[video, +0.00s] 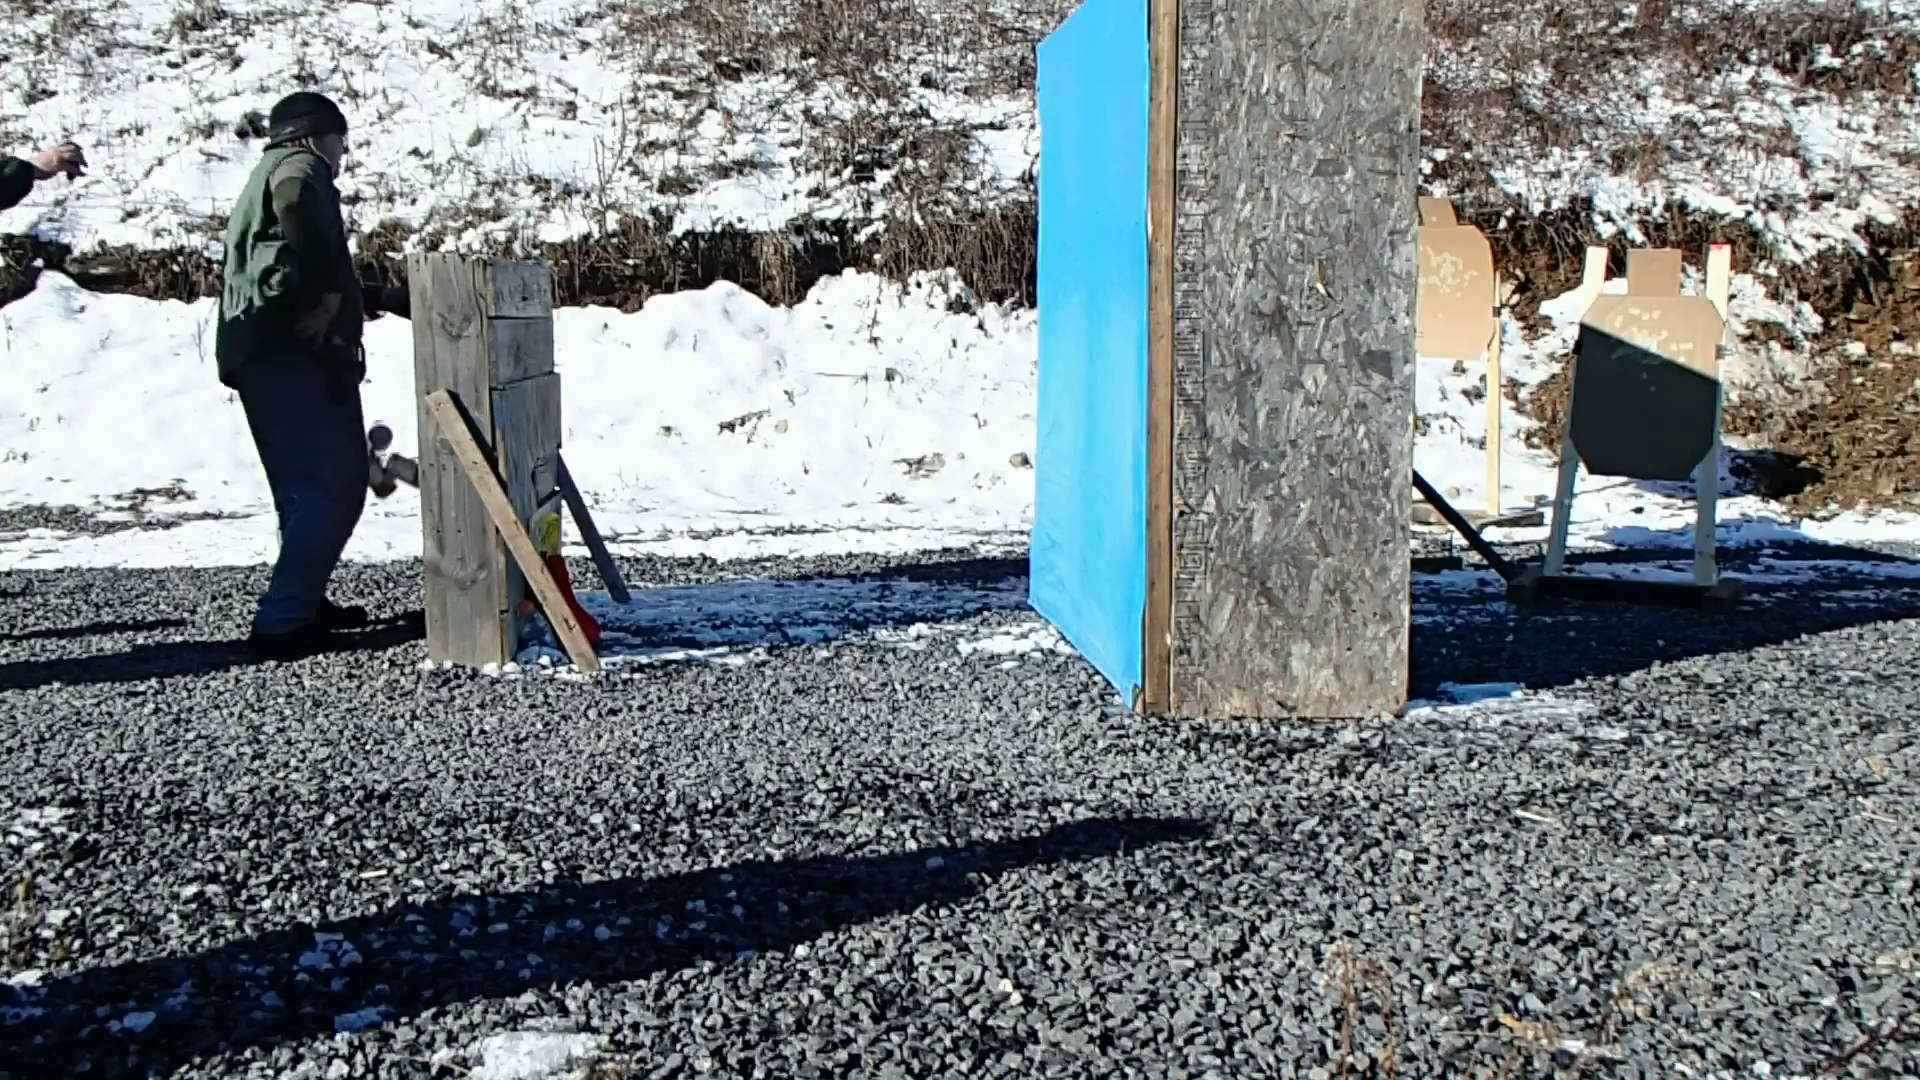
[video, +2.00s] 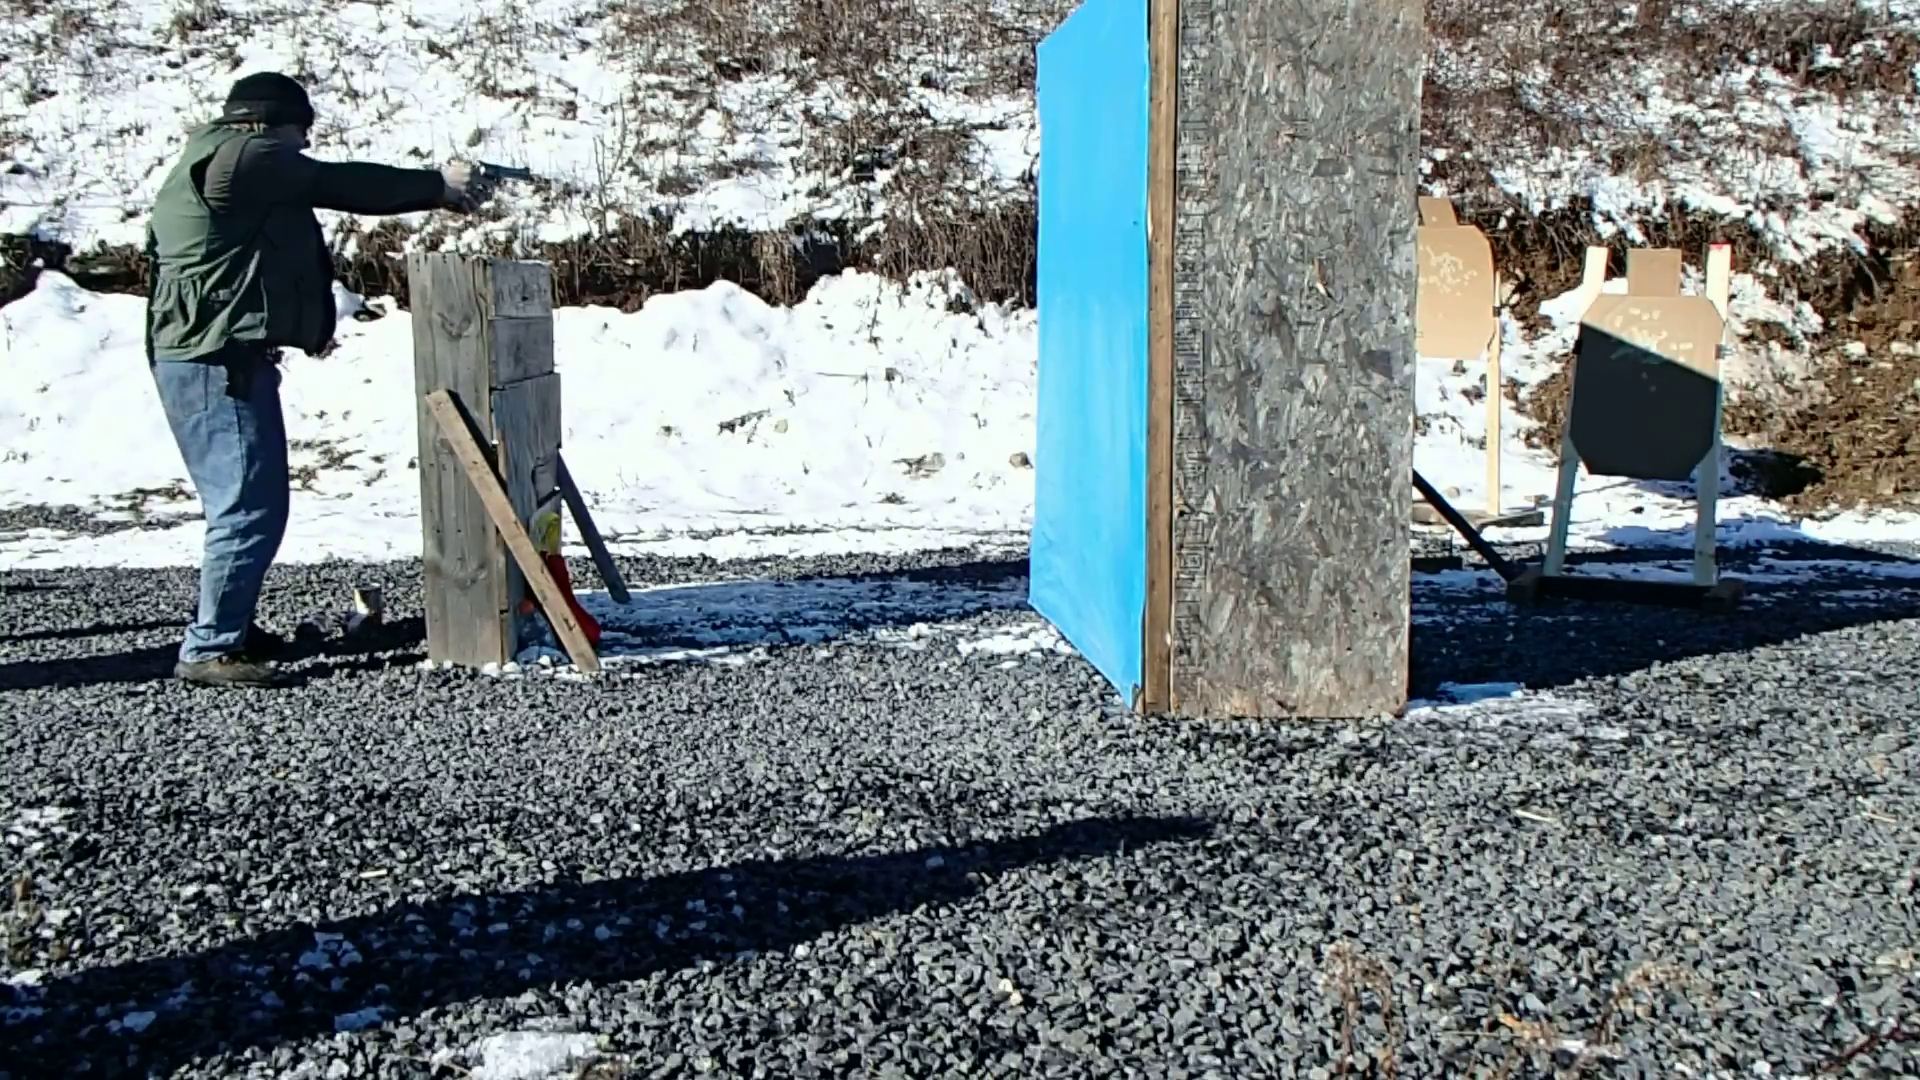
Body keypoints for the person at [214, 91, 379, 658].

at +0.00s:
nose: (343, 155)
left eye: (343, 144)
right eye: (340, 143)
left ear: (286, 136)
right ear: (317, 136)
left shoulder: (269, 173)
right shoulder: (301, 166)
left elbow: (311, 278)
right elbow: (304, 244)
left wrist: (376, 298)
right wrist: (330, 306)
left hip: (263, 359)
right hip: (293, 360)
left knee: (304, 481)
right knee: (338, 478)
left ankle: (304, 604)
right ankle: (284, 619)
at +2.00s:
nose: (303, 144)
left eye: (303, 133)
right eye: (299, 132)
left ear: (244, 116)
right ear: (273, 122)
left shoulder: (208, 158)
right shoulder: (244, 158)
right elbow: (346, 184)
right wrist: (440, 183)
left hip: (217, 355)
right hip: (219, 357)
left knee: (252, 500)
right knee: (248, 502)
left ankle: (229, 631)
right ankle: (211, 647)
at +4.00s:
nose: (518, 153)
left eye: (516, 140)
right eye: (508, 141)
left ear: (466, 134)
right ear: (466, 136)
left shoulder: (477, 177)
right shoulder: (426, 190)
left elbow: (571, 197)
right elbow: (546, 208)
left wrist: (672, 201)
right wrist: (667, 202)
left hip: (482, 398)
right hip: (455, 405)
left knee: (527, 534)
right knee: (554, 535)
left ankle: (438, 664)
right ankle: (537, 711)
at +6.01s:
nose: (941, 146)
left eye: (947, 133)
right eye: (936, 130)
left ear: (928, 125)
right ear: (896, 115)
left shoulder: (923, 181)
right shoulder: (838, 170)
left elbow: (927, 285)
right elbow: (827, 282)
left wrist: (965, 297)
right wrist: (939, 296)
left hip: (871, 386)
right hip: (818, 389)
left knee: (913, 516)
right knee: (947, 502)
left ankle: (892, 686)